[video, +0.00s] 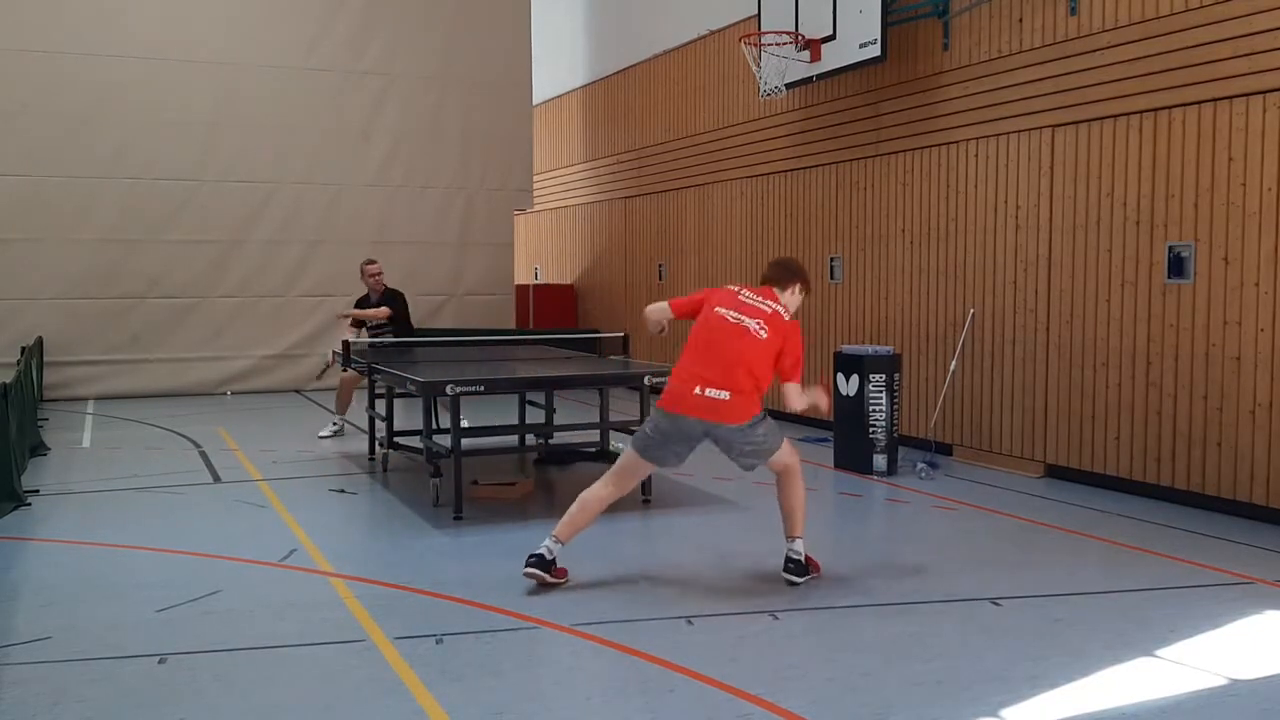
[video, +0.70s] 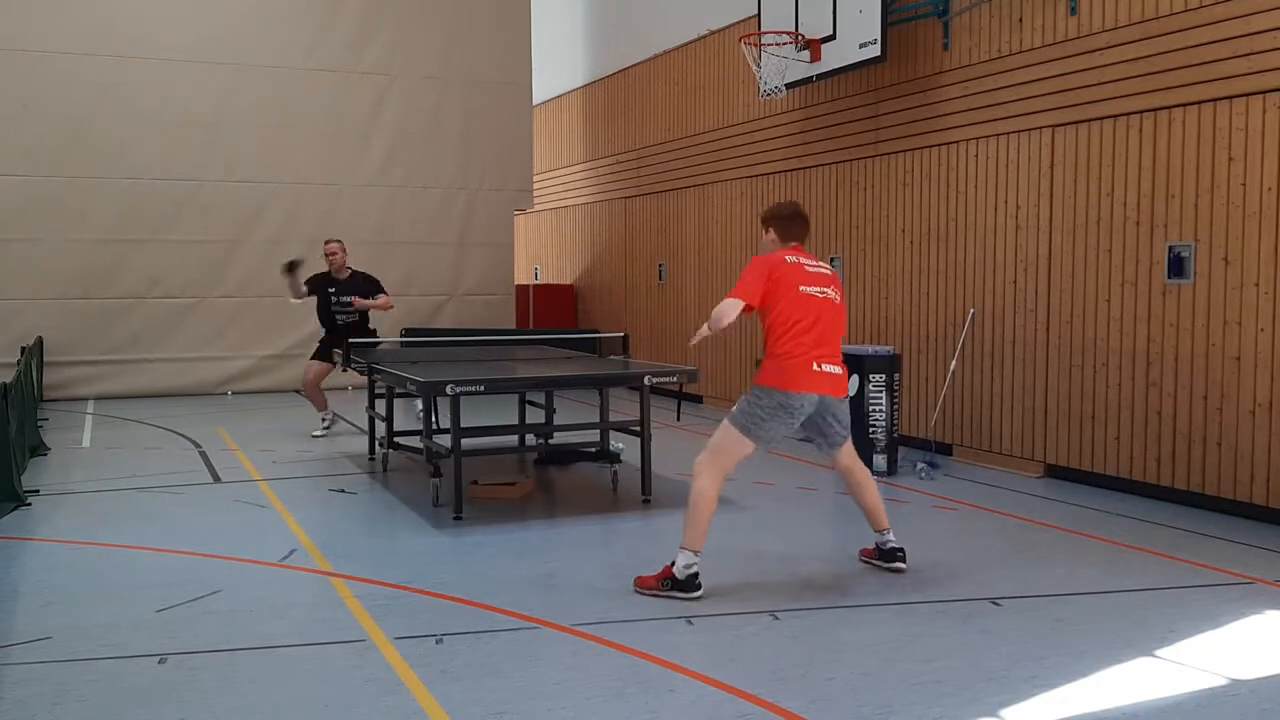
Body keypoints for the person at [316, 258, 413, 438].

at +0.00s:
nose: (377, 279)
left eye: (380, 274)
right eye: (372, 276)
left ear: (384, 275)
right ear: (363, 280)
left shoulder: (396, 296)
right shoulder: (362, 303)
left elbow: (382, 314)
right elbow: (353, 331)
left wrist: (352, 314)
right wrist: (343, 351)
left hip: (403, 354)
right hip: (376, 355)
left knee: (432, 380)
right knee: (346, 379)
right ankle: (338, 422)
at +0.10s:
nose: (370, 282)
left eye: (372, 278)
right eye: (364, 280)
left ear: (377, 278)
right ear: (356, 284)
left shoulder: (389, 299)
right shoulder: (359, 308)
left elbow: (369, 316)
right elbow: (356, 340)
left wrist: (333, 316)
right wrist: (342, 361)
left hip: (403, 356)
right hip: (376, 357)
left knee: (433, 384)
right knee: (346, 379)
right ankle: (338, 423)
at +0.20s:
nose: (366, 285)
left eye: (368, 281)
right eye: (361, 283)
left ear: (373, 281)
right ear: (353, 288)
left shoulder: (384, 300)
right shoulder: (359, 310)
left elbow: (360, 317)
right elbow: (360, 344)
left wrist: (322, 318)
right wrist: (346, 367)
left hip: (400, 355)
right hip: (377, 355)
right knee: (347, 380)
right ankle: (339, 424)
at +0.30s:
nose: (361, 287)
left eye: (363, 283)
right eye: (356, 285)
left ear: (368, 283)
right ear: (348, 290)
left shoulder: (377, 302)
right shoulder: (360, 309)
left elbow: (345, 317)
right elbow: (370, 339)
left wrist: (311, 316)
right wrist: (368, 356)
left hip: (403, 356)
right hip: (380, 357)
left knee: (429, 387)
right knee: (347, 379)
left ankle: (457, 422)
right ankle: (339, 423)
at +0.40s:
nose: (347, 288)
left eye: (350, 283)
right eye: (343, 285)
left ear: (357, 282)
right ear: (338, 289)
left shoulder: (361, 300)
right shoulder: (359, 302)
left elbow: (328, 313)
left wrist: (294, 311)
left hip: (397, 355)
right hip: (377, 355)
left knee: (428, 386)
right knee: (343, 378)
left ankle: (458, 422)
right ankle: (337, 422)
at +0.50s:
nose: (333, 282)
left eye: (336, 277)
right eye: (328, 280)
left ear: (344, 275)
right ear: (325, 283)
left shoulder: (349, 294)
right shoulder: (351, 294)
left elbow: (329, 316)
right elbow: (370, 322)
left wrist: (294, 318)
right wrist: (356, 344)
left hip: (382, 352)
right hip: (375, 351)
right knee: (333, 377)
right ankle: (336, 422)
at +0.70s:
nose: (331, 258)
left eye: (335, 254)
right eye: (327, 255)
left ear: (345, 255)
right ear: (324, 259)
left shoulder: (363, 280)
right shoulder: (319, 281)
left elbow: (387, 303)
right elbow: (298, 294)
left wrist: (367, 304)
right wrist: (292, 276)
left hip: (362, 339)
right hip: (332, 340)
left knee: (391, 368)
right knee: (309, 382)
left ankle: (417, 399)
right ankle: (327, 417)